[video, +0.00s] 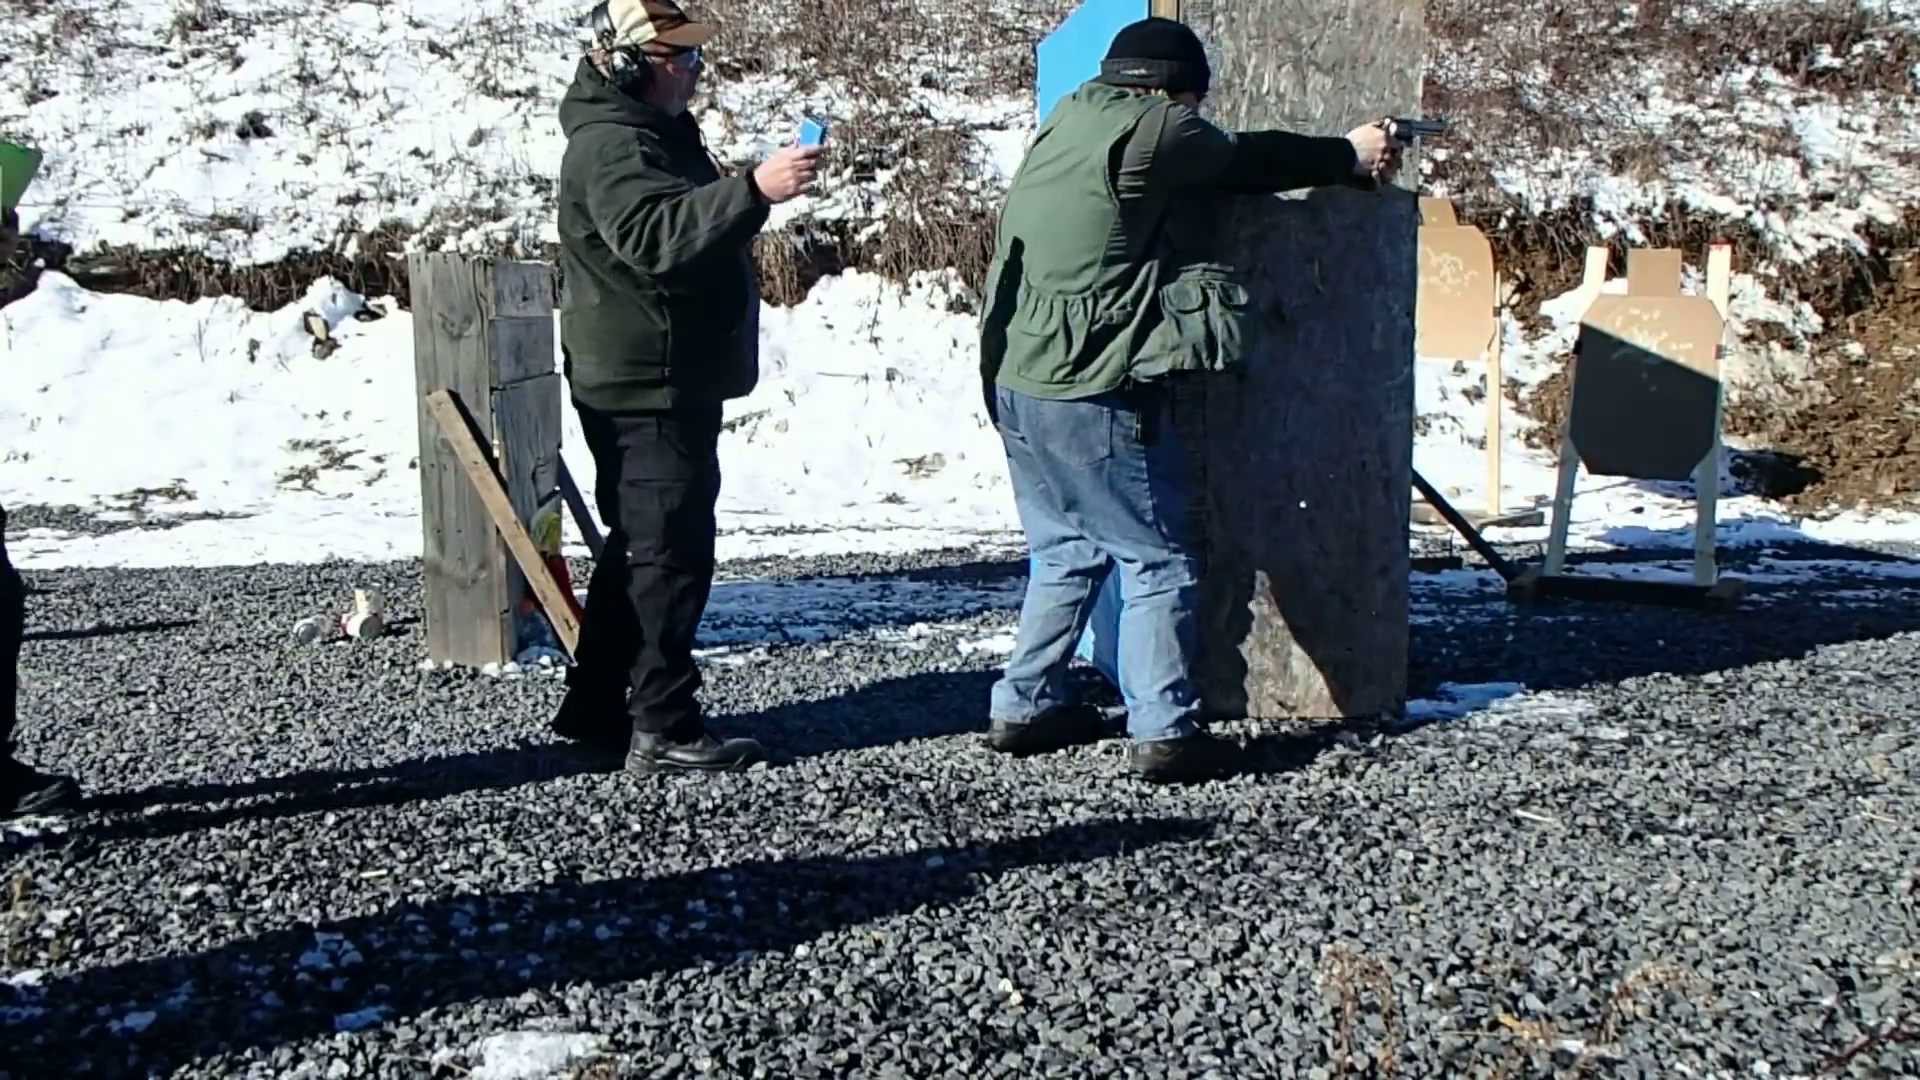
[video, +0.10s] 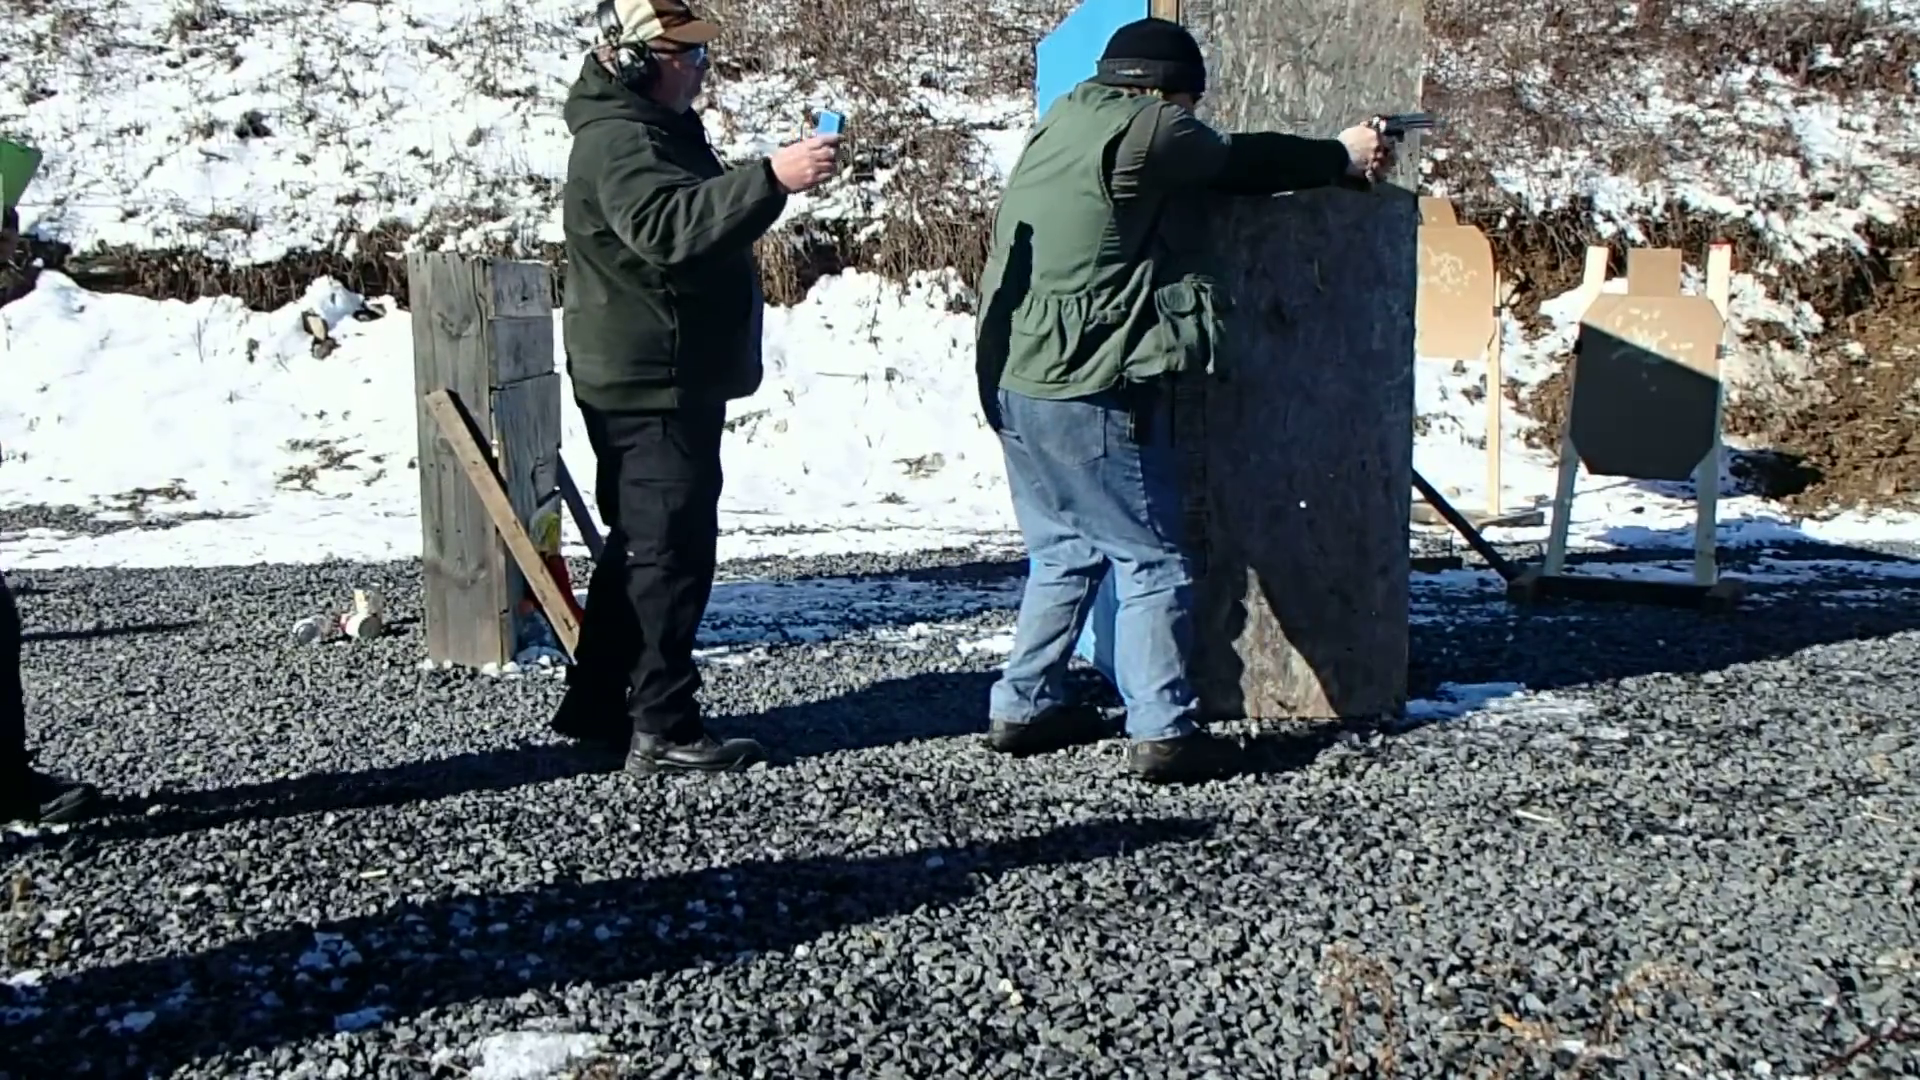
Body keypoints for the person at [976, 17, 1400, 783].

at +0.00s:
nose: (1198, 105)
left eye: (1198, 96)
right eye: (1197, 94)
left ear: (1117, 72)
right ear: (1177, 86)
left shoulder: (1065, 120)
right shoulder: (1160, 130)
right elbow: (1251, 161)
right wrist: (1351, 152)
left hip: (1017, 378)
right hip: (1088, 389)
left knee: (1064, 548)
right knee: (1157, 559)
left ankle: (1023, 706)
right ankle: (1164, 731)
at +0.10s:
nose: (1193, 107)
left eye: (1193, 97)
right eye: (1191, 96)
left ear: (1112, 73)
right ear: (1172, 87)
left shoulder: (1057, 123)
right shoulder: (1152, 129)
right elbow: (1244, 164)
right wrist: (1343, 154)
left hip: (1017, 380)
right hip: (1085, 389)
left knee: (1062, 550)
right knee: (1152, 560)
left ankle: (1023, 707)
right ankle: (1163, 731)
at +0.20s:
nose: (1188, 107)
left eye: (1189, 97)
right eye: (1186, 96)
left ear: (1108, 73)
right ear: (1166, 87)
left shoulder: (1054, 121)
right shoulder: (1146, 130)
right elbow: (1242, 161)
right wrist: (1343, 150)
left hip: (1015, 379)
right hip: (1082, 387)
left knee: (1062, 549)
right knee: (1150, 559)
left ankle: (1023, 706)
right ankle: (1163, 731)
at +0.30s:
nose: (1189, 107)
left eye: (1190, 97)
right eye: (1187, 96)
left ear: (1109, 73)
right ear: (1168, 87)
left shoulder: (1055, 121)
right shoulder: (1147, 129)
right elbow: (1244, 161)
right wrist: (1343, 150)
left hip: (1017, 378)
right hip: (1085, 386)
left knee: (1062, 550)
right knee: (1152, 558)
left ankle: (1022, 707)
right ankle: (1163, 731)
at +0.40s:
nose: (1194, 108)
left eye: (1194, 99)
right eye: (1193, 98)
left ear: (1115, 72)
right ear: (1175, 88)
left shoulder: (1062, 120)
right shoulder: (1154, 129)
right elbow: (1247, 163)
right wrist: (1345, 151)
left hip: (1017, 377)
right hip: (1087, 387)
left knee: (1063, 549)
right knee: (1157, 558)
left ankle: (1023, 707)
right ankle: (1162, 732)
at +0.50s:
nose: (1210, 108)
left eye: (1209, 94)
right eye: (1208, 94)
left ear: (1130, 71)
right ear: (1187, 85)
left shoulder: (1068, 116)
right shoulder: (1167, 131)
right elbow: (1262, 164)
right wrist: (1352, 164)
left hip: (1023, 373)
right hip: (1097, 383)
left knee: (1061, 547)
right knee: (1167, 557)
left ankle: (1021, 708)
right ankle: (1166, 734)